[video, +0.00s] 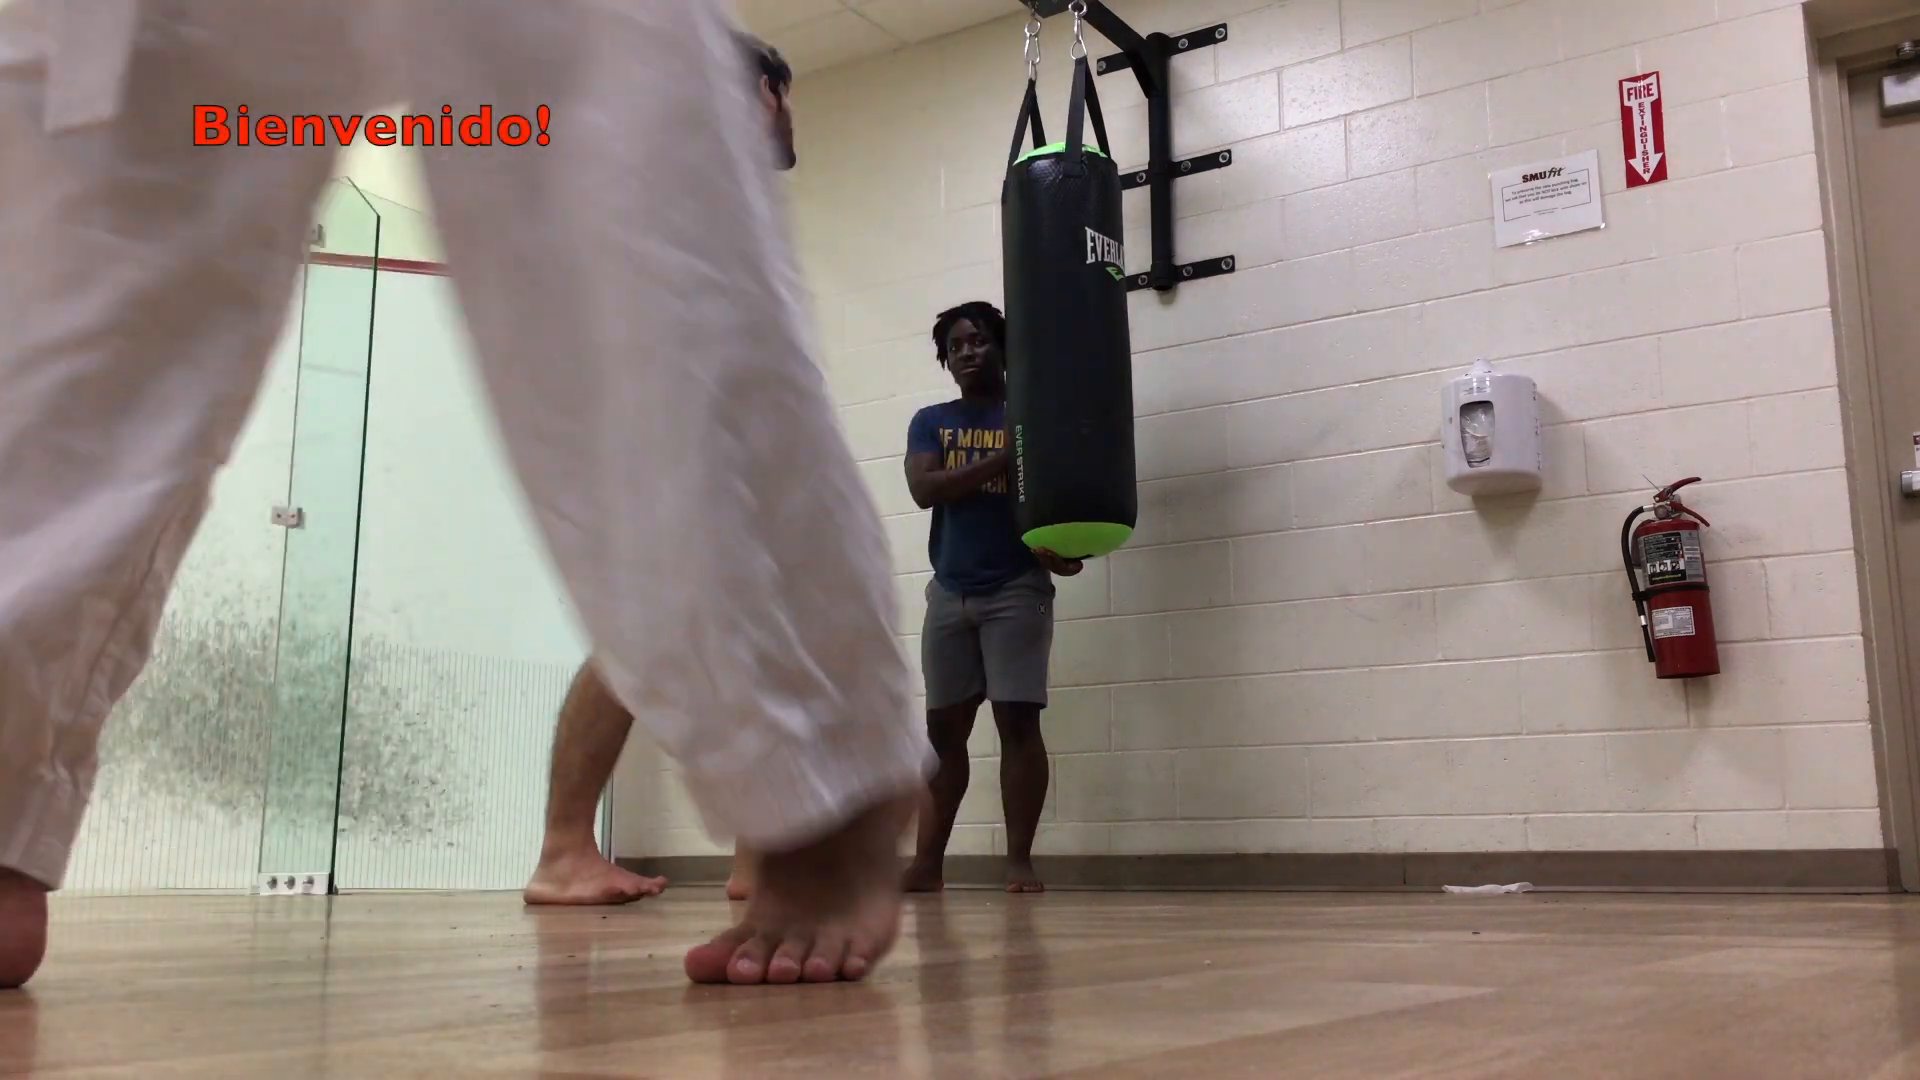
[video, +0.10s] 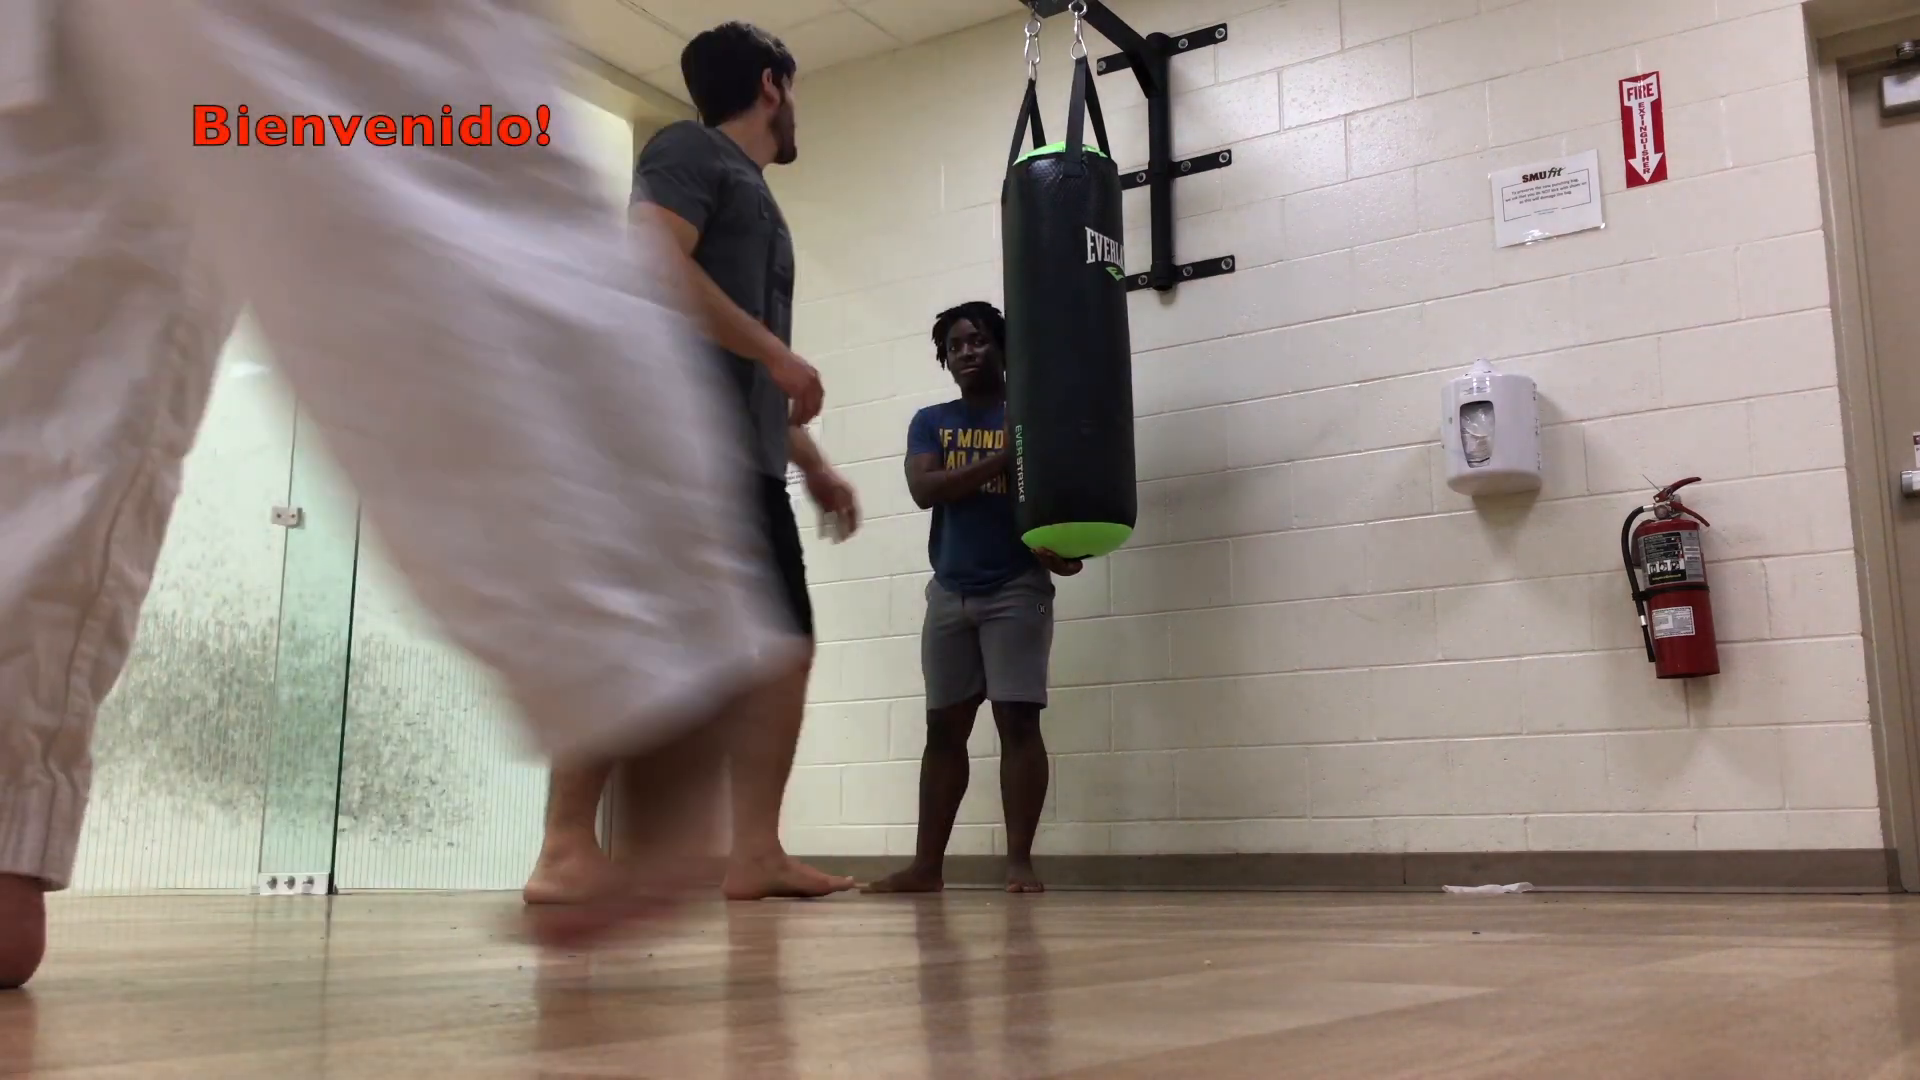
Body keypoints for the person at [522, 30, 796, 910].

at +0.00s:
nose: (790, 129)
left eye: (786, 107)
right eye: (777, 104)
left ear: (762, 110)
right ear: (733, 102)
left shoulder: (738, 239)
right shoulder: (671, 239)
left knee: (753, 599)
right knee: (640, 614)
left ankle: (764, 852)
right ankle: (565, 847)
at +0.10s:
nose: (796, 107)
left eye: (791, 92)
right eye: (791, 91)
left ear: (734, 94)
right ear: (767, 90)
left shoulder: (755, 200)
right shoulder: (692, 147)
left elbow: (758, 357)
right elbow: (654, 256)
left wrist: (811, 464)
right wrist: (772, 352)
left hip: (744, 450)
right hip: (677, 437)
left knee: (784, 641)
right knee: (614, 625)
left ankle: (756, 854)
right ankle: (567, 847)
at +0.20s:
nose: (807, 117)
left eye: (800, 101)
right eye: (800, 100)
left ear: (752, 108)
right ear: (779, 101)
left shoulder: (767, 216)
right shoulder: (713, 163)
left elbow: (764, 371)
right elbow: (680, 258)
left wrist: (865, 417)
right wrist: (820, 314)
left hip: (758, 471)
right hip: (695, 449)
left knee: (814, 646)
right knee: (654, 624)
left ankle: (763, 858)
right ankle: (567, 855)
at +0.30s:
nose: (818, 113)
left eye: (815, 98)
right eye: (814, 97)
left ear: (747, 100)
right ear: (793, 96)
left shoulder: (777, 190)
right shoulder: (753, 146)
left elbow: (772, 333)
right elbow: (714, 226)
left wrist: (867, 315)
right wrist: (856, 271)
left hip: (768, 448)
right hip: (732, 437)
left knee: (806, 633)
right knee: (717, 607)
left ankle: (767, 845)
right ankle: (594, 822)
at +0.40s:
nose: (830, 100)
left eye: (825, 86)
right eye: (827, 85)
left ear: (750, 96)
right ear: (810, 86)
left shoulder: (727, 175)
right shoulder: (792, 139)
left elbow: (759, 301)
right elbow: (797, 238)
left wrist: (845, 301)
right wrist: (919, 324)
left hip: (732, 419)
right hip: (771, 412)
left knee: (794, 611)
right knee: (771, 597)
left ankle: (783, 835)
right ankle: (676, 811)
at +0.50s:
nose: (847, 131)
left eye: (841, 117)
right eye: (844, 117)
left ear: (764, 131)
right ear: (830, 118)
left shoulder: (723, 216)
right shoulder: (848, 187)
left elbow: (663, 337)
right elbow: (908, 311)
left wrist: (700, 411)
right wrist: (979, 366)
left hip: (736, 449)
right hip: (810, 443)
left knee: (820, 627)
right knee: (772, 623)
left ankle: (821, 847)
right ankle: (716, 845)